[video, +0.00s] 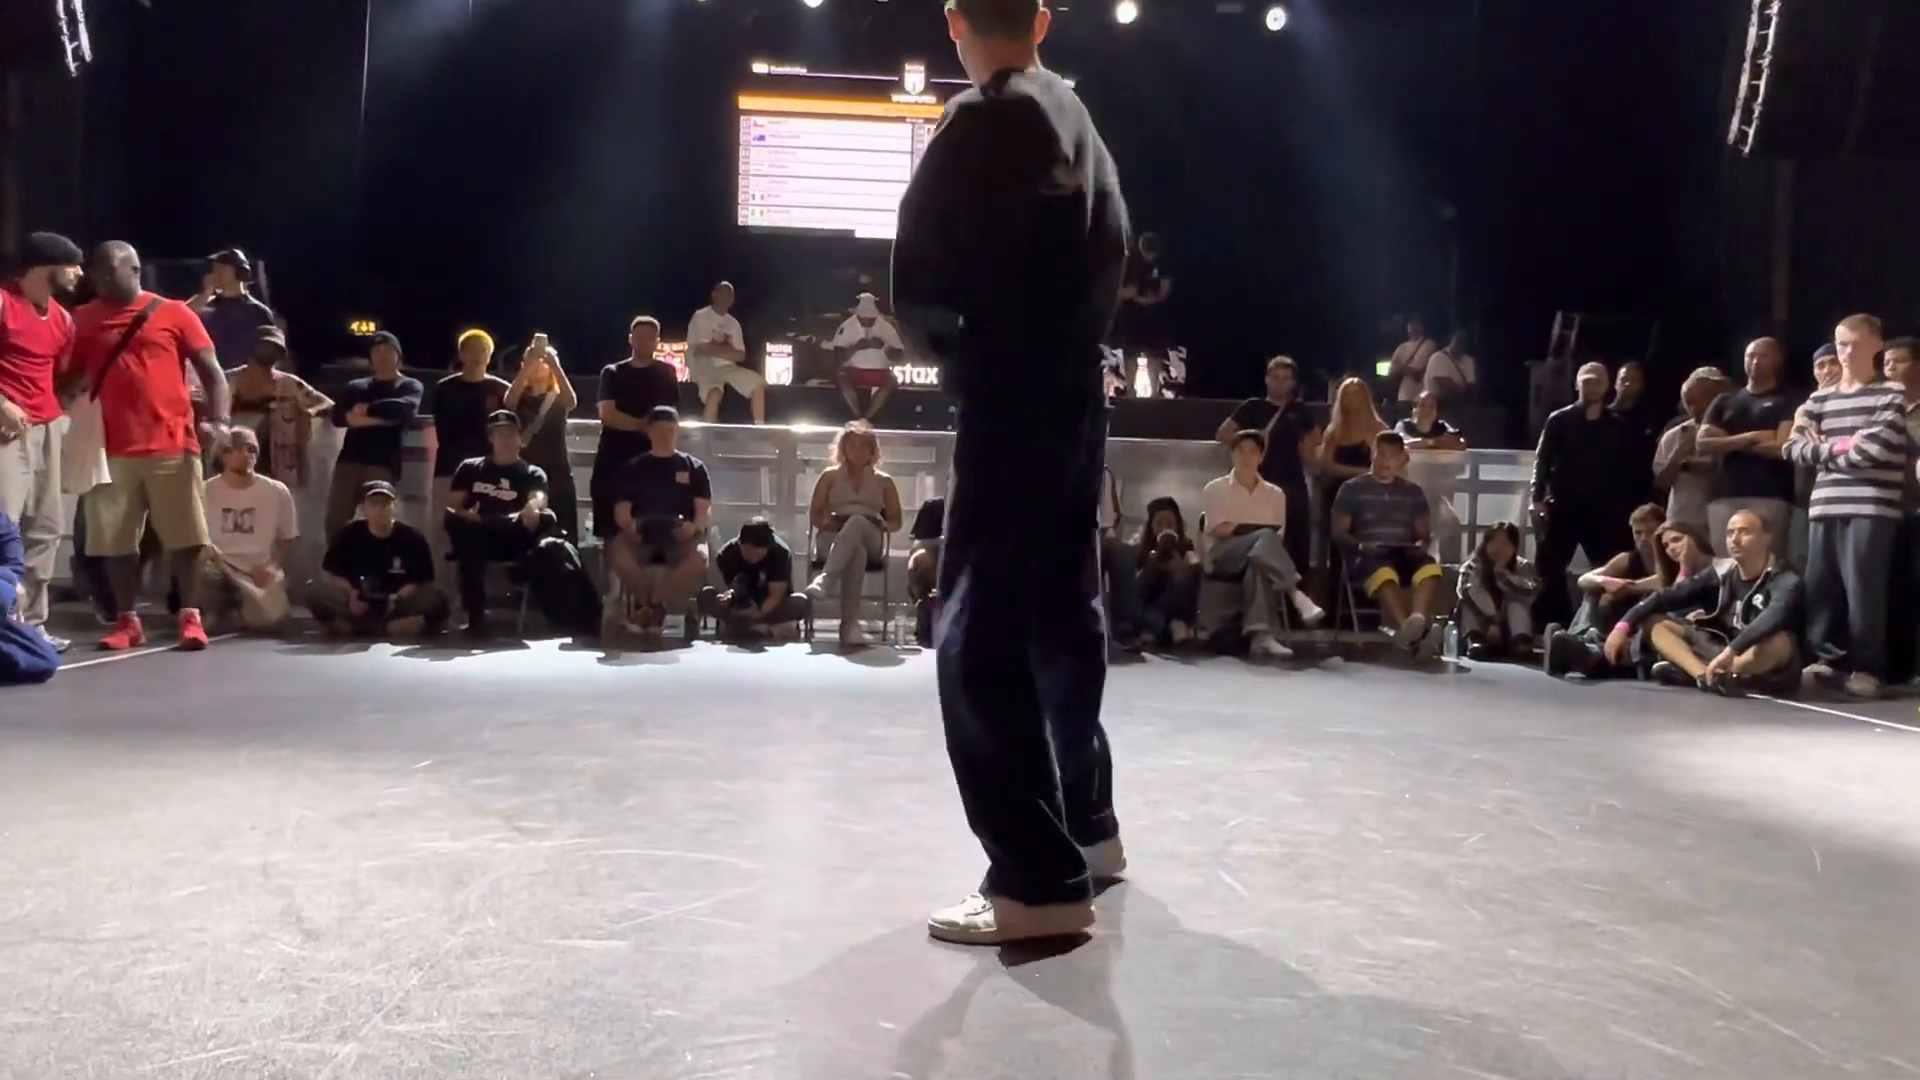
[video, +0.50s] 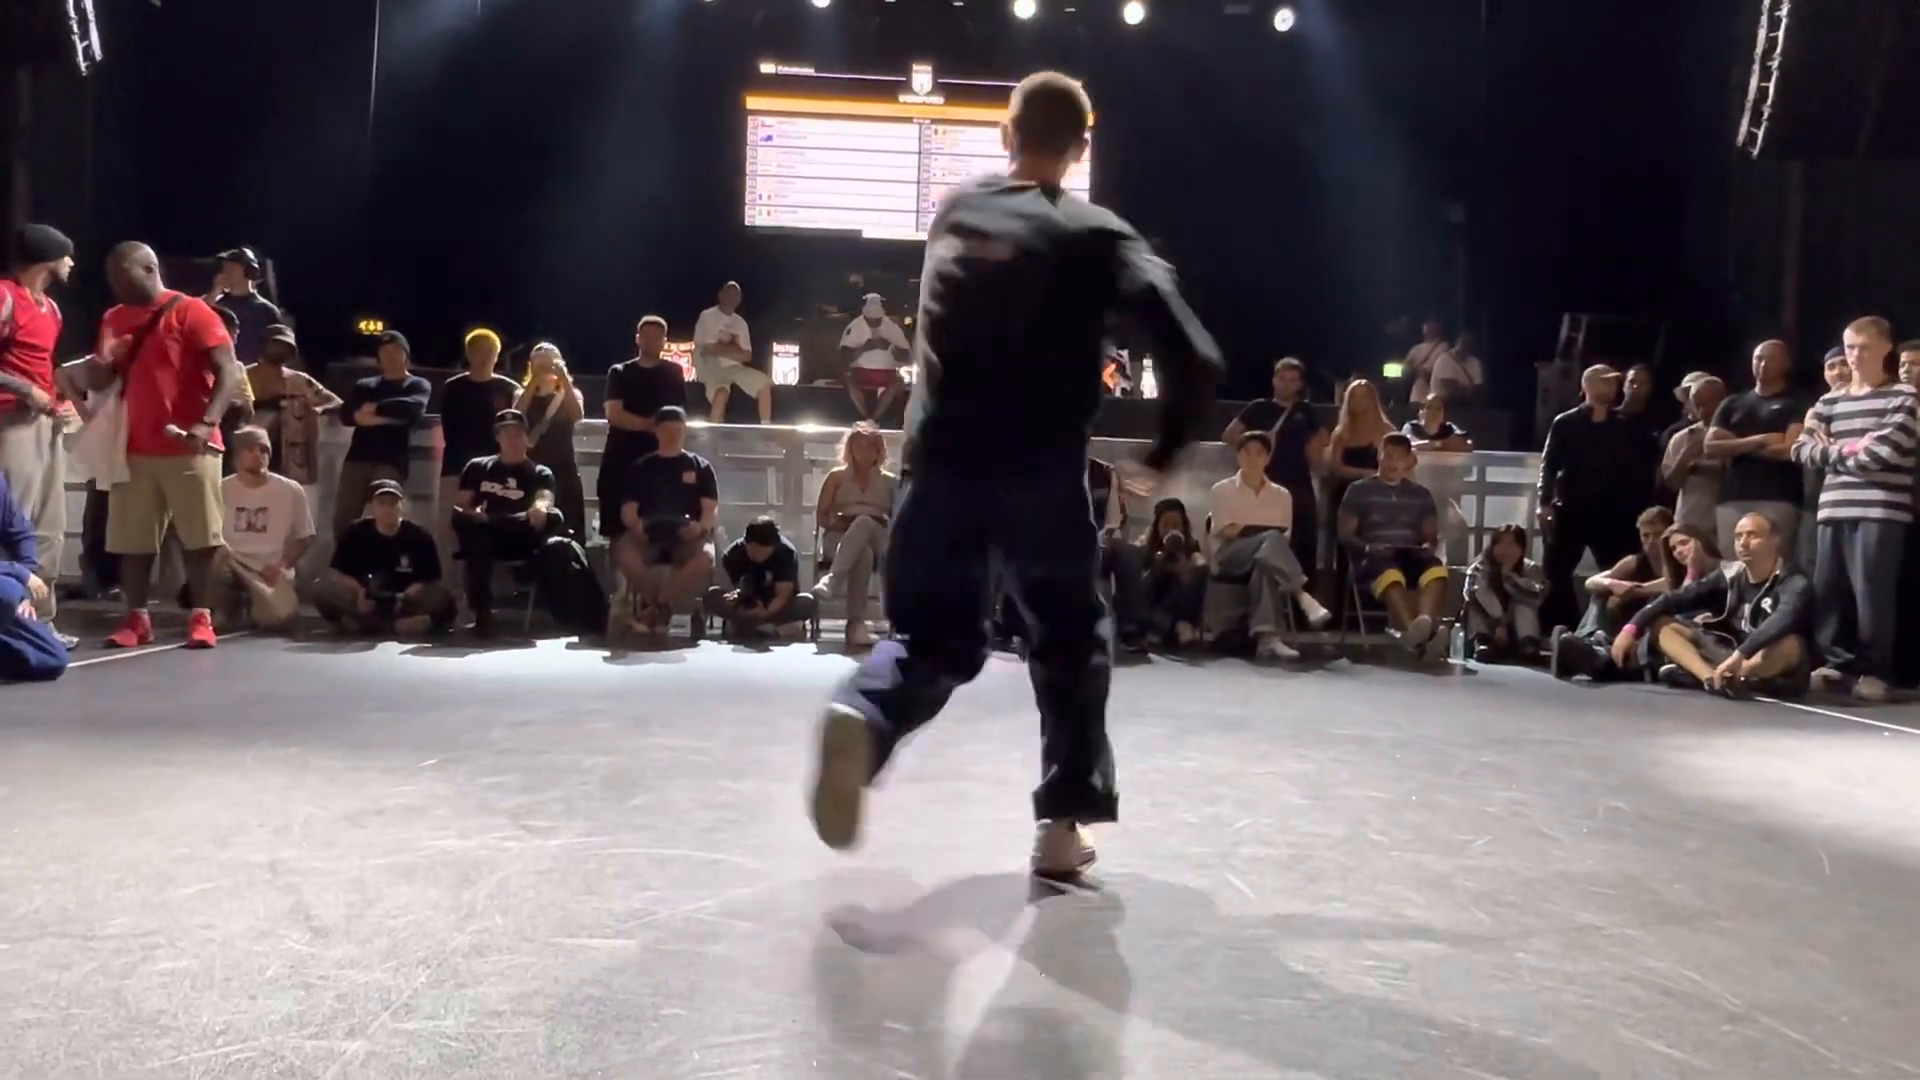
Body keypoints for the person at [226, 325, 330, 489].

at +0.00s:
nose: (269, 353)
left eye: (275, 349)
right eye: (265, 347)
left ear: (280, 355)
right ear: (255, 347)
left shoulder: (288, 383)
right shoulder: (231, 379)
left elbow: (327, 403)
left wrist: (312, 410)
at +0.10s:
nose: (272, 353)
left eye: (278, 349)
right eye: (268, 346)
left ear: (283, 354)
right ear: (258, 347)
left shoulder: (291, 383)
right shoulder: (234, 379)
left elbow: (330, 403)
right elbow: (218, 414)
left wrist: (314, 411)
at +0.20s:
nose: (274, 352)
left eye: (280, 348)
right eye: (271, 346)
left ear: (285, 354)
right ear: (261, 347)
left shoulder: (294, 382)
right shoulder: (238, 378)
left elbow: (332, 403)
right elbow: (226, 407)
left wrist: (317, 411)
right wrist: (264, 406)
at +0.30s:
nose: (276, 351)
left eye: (282, 348)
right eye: (273, 345)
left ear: (287, 354)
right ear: (262, 346)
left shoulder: (296, 382)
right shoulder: (238, 377)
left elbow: (334, 404)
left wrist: (317, 411)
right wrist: (263, 406)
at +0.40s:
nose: (277, 351)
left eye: (283, 347)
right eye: (274, 345)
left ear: (289, 354)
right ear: (264, 346)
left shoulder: (298, 381)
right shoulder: (242, 377)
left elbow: (336, 403)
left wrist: (316, 411)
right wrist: (264, 405)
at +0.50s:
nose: (279, 351)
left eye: (284, 347)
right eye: (275, 344)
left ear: (290, 353)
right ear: (265, 346)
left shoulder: (299, 380)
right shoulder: (245, 376)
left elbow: (338, 403)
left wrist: (318, 410)